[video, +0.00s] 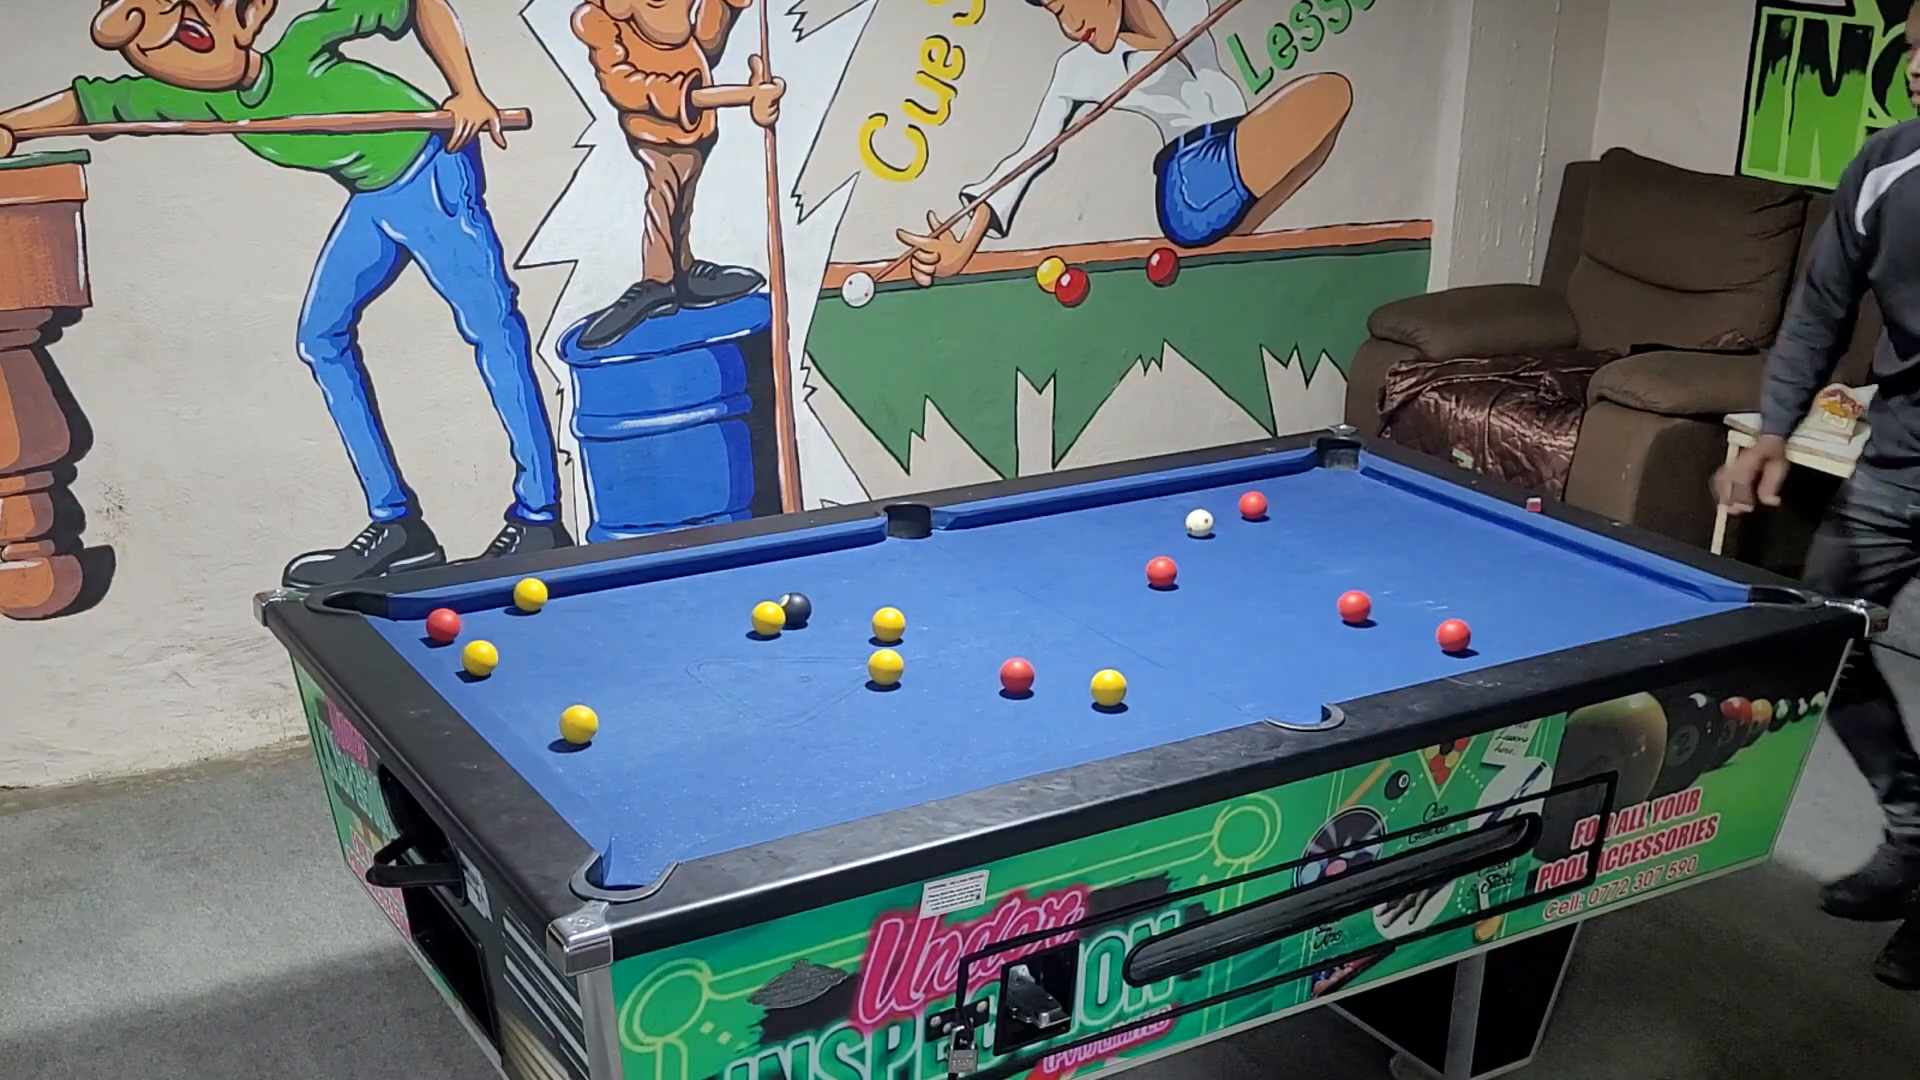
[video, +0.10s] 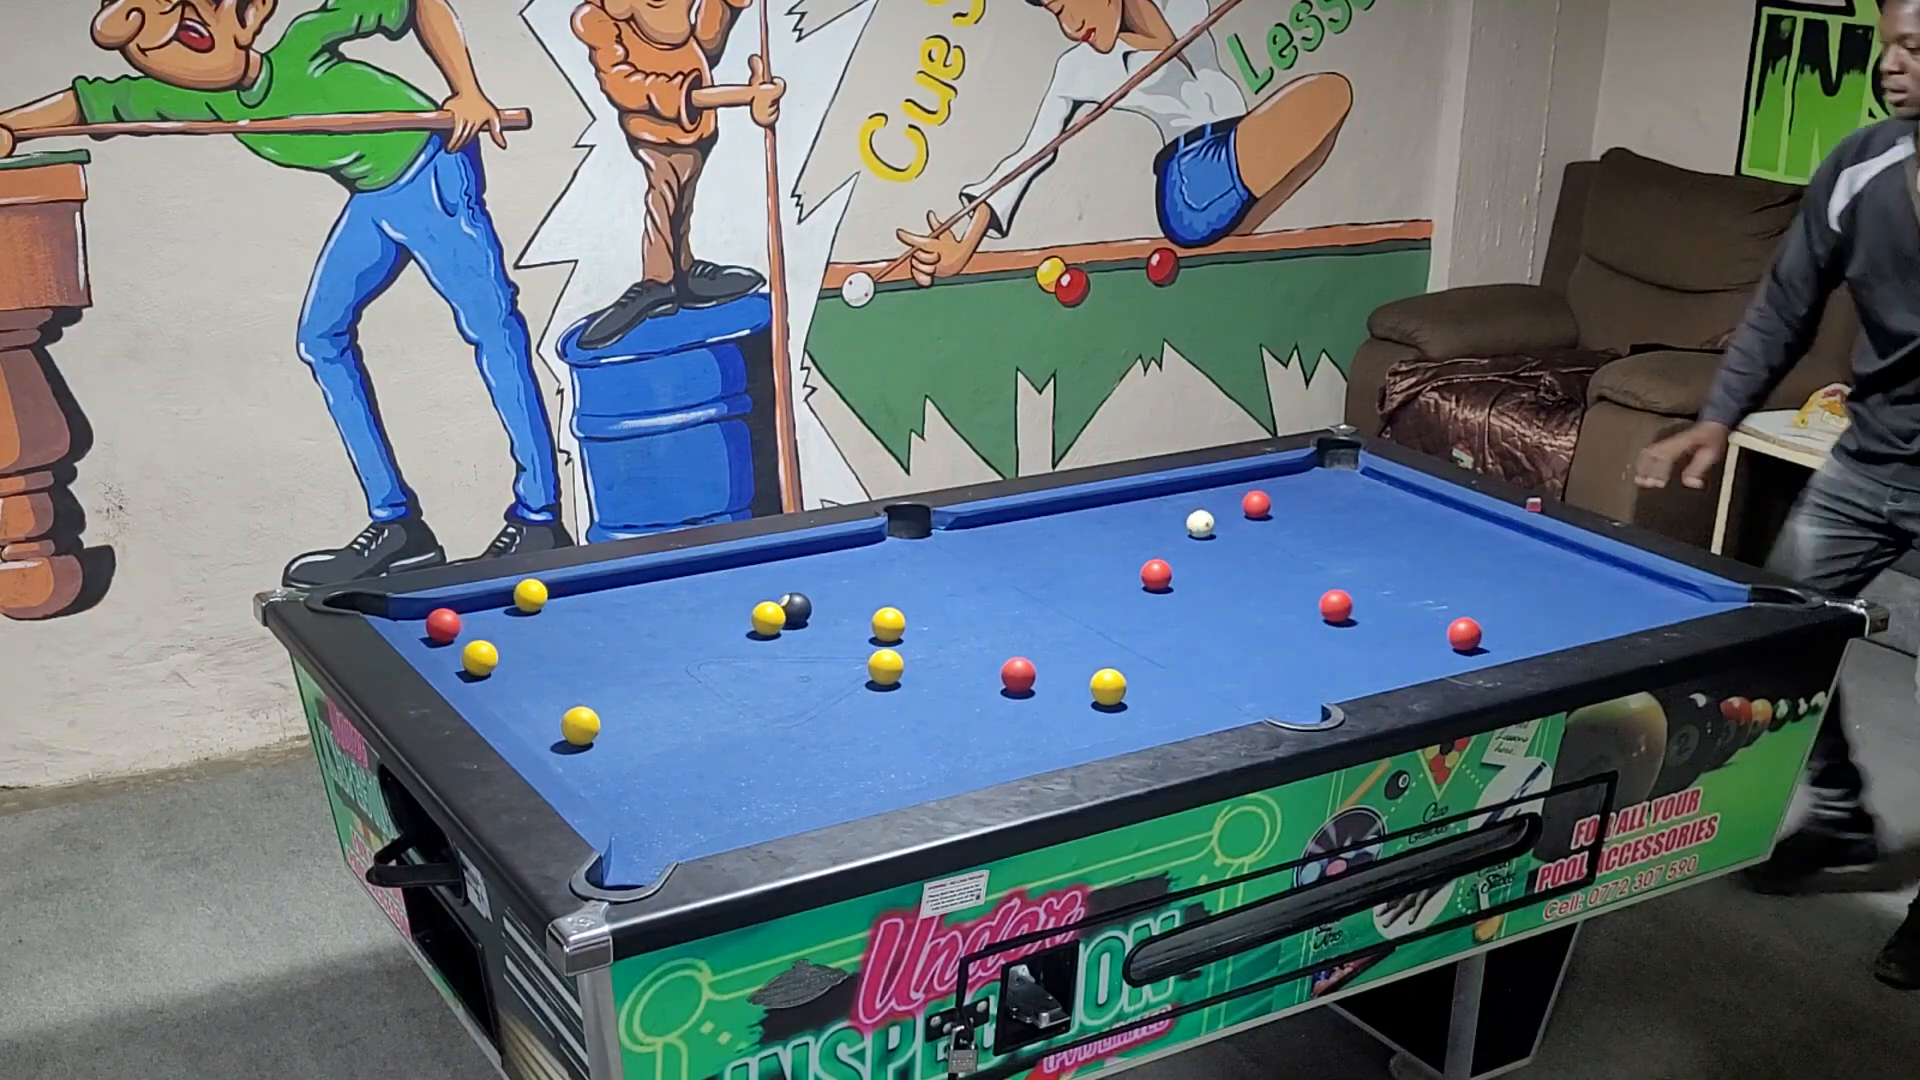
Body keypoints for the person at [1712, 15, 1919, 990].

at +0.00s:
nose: (1916, 70)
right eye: (1909, 52)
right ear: (1899, 62)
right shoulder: (1886, 164)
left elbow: (1819, 305)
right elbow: (1820, 306)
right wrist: (1772, 431)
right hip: (1900, 459)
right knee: (1820, 625)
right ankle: (1910, 820)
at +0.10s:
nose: (1892, 61)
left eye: (1909, 44)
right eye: (1885, 44)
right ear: (1877, 54)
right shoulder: (1861, 166)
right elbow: (1786, 298)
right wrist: (1718, 416)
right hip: (1876, 452)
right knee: (1782, 609)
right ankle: (1839, 809)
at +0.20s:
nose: (1851, 63)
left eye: (1874, 42)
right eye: (1845, 44)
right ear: (1841, 52)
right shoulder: (1821, 170)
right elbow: (1744, 300)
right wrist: (1668, 411)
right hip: (1839, 453)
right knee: (1741, 638)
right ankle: (1712, 824)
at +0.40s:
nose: (1736, 79)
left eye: (1758, 59)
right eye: (1728, 60)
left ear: (1824, 57)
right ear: (1719, 66)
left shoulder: (1903, 153)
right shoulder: (1705, 193)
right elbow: (1649, 330)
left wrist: (1915, 420)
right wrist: (1596, 444)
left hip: (1881, 462)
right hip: (1754, 454)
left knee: (1896, 685)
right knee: (1693, 654)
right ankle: (1677, 840)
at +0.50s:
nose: (1686, 84)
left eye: (1706, 64)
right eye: (1676, 66)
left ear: (1768, 63)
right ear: (1669, 72)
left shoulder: (1865, 152)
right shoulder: (1658, 191)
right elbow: (1613, 330)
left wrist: (1918, 448)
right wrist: (1581, 447)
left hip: (1841, 456)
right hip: (1708, 447)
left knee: (1870, 673)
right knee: (1666, 651)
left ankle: (1908, 876)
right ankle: (1672, 837)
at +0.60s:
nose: (1654, 77)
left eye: (1674, 57)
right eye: (1644, 58)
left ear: (1734, 49)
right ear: (1636, 59)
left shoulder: (1837, 142)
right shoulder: (1628, 184)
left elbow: (1891, 290)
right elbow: (1589, 324)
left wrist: (1891, 432)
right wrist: (1565, 444)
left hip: (1805, 443)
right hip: (1680, 441)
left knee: (1824, 647)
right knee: (1636, 639)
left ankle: (1848, 834)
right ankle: (1597, 825)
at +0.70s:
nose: (1633, 65)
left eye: (1656, 45)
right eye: (1623, 46)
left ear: (1714, 43)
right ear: (1614, 46)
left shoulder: (1813, 129)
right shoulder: (1606, 176)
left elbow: (1868, 278)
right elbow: (1569, 316)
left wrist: (1862, 419)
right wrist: (1552, 434)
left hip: (1784, 440)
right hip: (1660, 436)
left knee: (1765, 642)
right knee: (1644, 636)